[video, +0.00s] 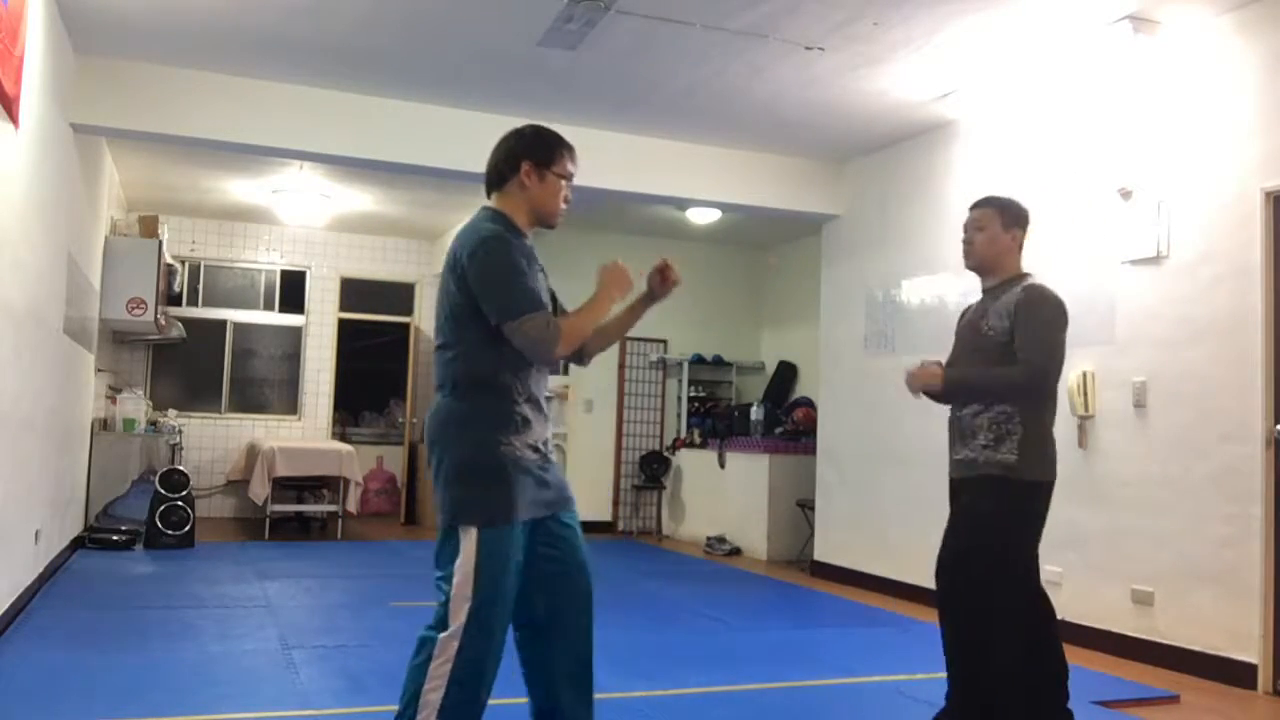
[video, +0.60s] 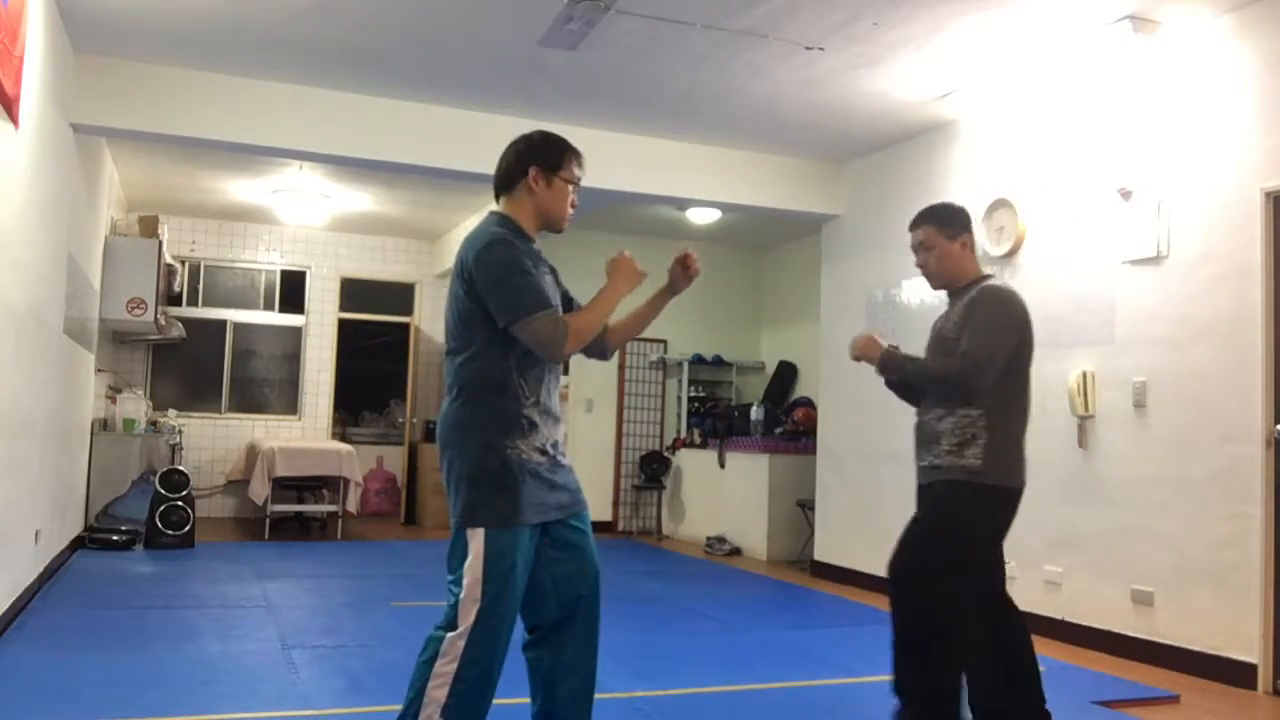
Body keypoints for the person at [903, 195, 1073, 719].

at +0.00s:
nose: (965, 239)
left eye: (976, 229)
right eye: (964, 231)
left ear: (1013, 236)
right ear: (974, 242)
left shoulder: (1037, 302)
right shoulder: (971, 315)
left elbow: (1034, 380)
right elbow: (966, 389)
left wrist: (947, 382)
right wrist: (935, 381)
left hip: (1014, 476)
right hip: (974, 476)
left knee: (958, 580)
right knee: (1010, 592)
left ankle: (972, 705)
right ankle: (1041, 707)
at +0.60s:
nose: (918, 262)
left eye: (924, 248)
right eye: (915, 252)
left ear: (960, 243)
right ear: (952, 249)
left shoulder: (995, 303)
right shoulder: (947, 321)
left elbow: (967, 381)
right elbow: (933, 397)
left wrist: (885, 356)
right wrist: (890, 366)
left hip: (978, 482)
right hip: (945, 482)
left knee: (913, 579)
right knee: (983, 604)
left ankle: (926, 709)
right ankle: (1019, 712)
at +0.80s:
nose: (872, 267)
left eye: (880, 253)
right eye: (869, 257)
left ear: (918, 250)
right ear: (907, 256)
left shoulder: (940, 306)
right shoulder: (912, 320)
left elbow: (894, 345)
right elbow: (890, 404)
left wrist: (819, 301)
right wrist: (853, 368)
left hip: (931, 491)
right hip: (913, 491)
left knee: (868, 598)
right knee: (968, 624)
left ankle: (863, 711)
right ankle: (1016, 713)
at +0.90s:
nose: (843, 260)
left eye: (851, 247)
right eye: (839, 249)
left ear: (890, 243)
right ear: (879, 248)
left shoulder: (907, 301)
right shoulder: (888, 310)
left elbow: (815, 320)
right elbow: (882, 405)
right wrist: (832, 394)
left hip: (901, 489)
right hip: (887, 486)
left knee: (844, 596)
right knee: (894, 597)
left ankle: (848, 713)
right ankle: (988, 687)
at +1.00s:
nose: (812, 250)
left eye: (821, 237)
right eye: (807, 240)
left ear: (859, 234)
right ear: (808, 242)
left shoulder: (884, 296)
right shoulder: (836, 304)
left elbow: (825, 356)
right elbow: (817, 368)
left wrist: (727, 334)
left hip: (880, 487)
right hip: (836, 484)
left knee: (845, 611)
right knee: (801, 594)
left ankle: (835, 710)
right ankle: (902, 654)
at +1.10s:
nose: (770, 257)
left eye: (780, 243)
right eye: (765, 247)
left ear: (820, 237)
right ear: (766, 249)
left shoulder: (858, 298)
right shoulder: (773, 305)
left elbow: (826, 380)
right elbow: (693, 335)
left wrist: (743, 334)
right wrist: (669, 271)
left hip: (861, 488)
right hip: (799, 487)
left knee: (831, 615)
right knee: (732, 577)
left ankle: (837, 709)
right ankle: (792, 685)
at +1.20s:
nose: (732, 266)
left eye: (742, 253)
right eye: (729, 256)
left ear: (783, 250)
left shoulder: (820, 297)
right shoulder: (734, 309)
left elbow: (783, 345)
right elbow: (652, 319)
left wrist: (703, 295)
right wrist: (581, 275)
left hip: (826, 491)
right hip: (754, 489)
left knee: (821, 610)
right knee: (677, 584)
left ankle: (843, 714)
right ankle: (649, 705)